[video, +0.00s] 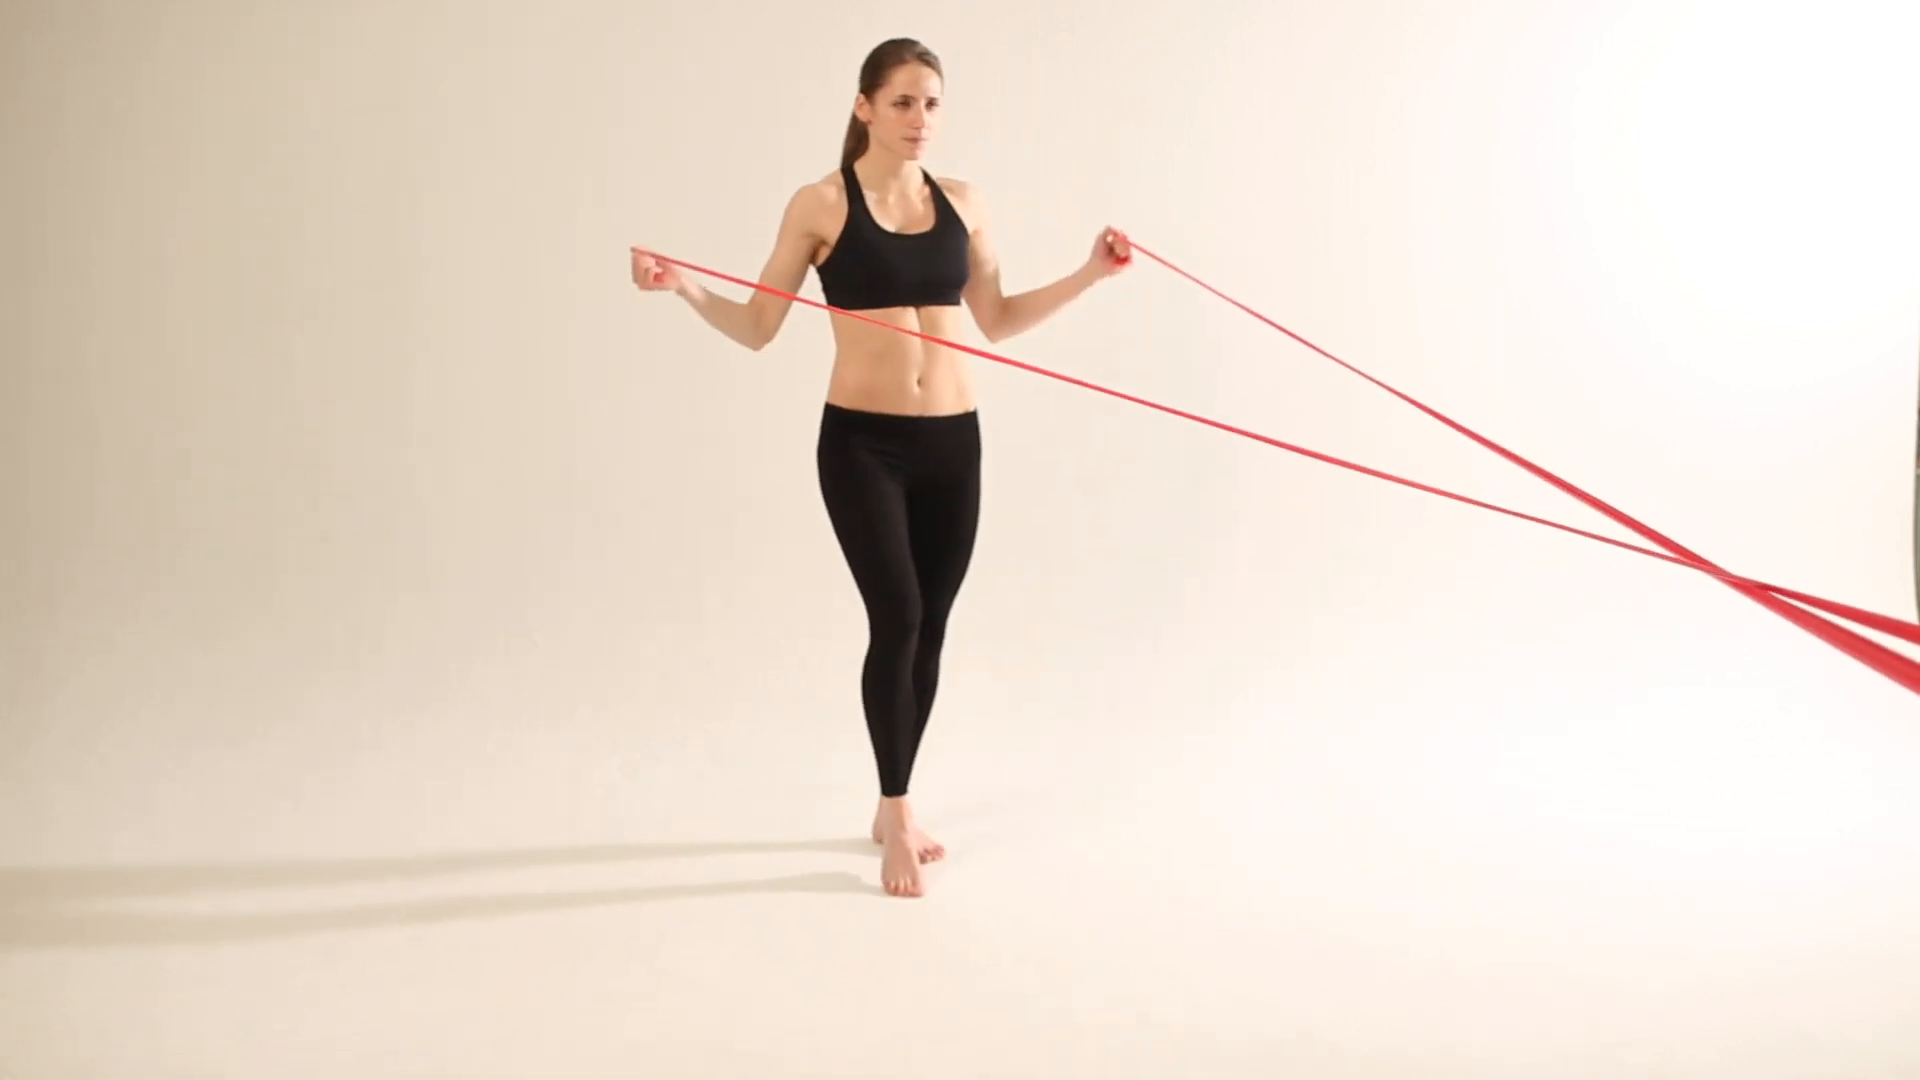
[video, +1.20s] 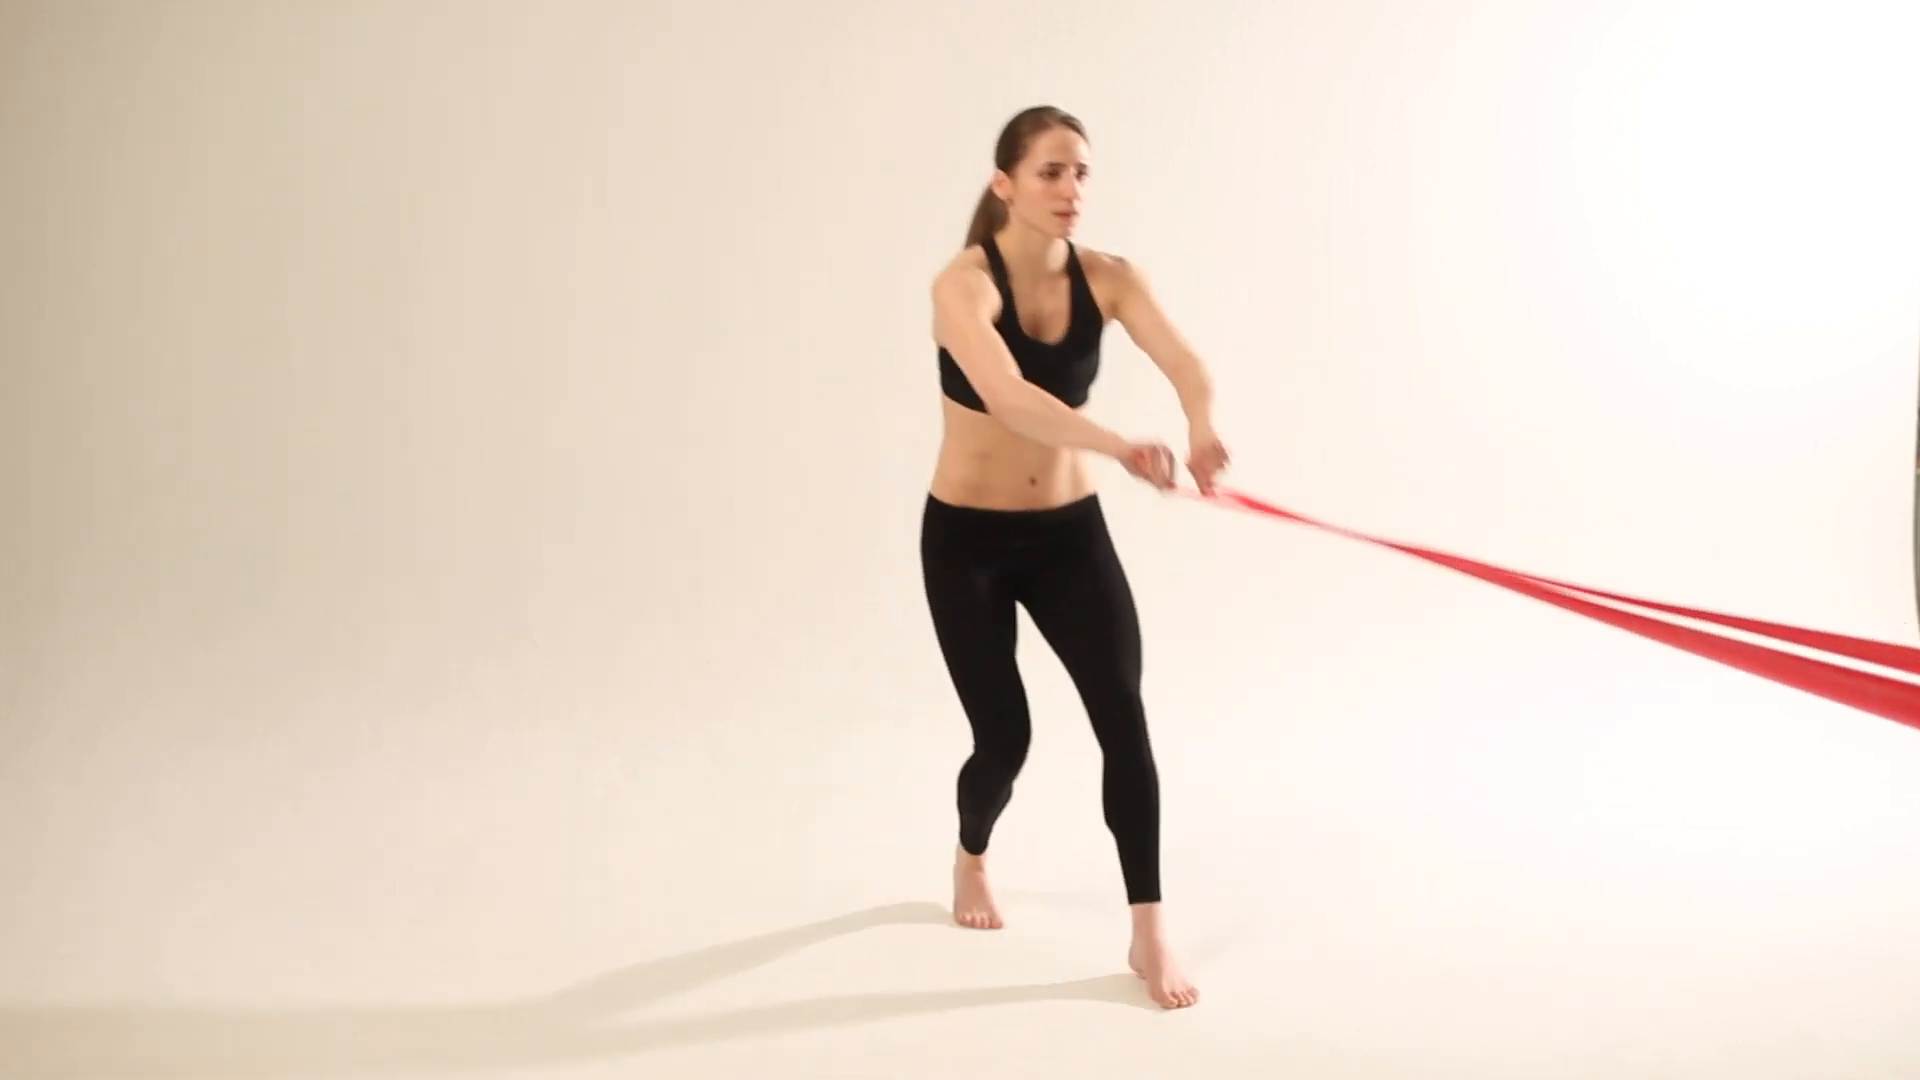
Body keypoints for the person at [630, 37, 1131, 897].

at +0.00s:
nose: (922, 118)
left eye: (931, 104)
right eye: (905, 102)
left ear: (942, 112)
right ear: (864, 107)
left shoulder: (961, 203)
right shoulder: (822, 204)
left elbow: (998, 320)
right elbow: (756, 328)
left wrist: (1092, 272)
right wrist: (686, 285)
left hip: (952, 444)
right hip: (862, 441)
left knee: (928, 629)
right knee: (896, 620)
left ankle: (895, 805)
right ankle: (896, 816)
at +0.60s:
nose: (940, 123)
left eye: (950, 109)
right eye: (922, 108)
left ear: (960, 120)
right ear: (881, 119)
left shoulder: (985, 210)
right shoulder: (846, 214)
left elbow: (1077, 307)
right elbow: (773, 336)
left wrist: (1121, 232)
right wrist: (770, 263)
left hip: (977, 462)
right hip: (886, 462)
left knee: (942, 654)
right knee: (926, 654)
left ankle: (895, 797)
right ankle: (958, 855)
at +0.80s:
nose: (970, 123)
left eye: (980, 109)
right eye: (953, 108)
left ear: (989, 120)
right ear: (911, 119)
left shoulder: (1013, 213)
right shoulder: (873, 216)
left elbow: (1110, 311)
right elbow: (820, 331)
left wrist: (1134, 248)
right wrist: (894, 263)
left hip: (998, 467)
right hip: (904, 469)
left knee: (1013, 666)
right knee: (941, 659)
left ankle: (929, 767)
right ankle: (966, 862)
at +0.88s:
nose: (987, 128)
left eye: (997, 113)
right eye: (969, 112)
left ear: (1006, 123)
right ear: (926, 123)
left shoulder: (1029, 218)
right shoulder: (888, 219)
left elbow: (1124, 311)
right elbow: (852, 328)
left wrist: (1136, 274)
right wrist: (946, 284)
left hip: (1008, 475)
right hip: (911, 478)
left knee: (1046, 667)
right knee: (951, 669)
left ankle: (976, 774)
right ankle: (963, 865)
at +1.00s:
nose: (1012, 144)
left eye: (1023, 129)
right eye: (995, 128)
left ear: (1032, 141)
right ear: (950, 137)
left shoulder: (1049, 235)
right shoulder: (909, 236)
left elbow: (1121, 300)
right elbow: (908, 340)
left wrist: (1146, 318)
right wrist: (1017, 332)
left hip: (1025, 491)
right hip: (925, 497)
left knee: (1077, 678)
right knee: (970, 686)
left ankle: (1068, 863)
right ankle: (969, 868)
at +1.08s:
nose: (1032, 161)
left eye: (1042, 146)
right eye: (1014, 145)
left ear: (1050, 157)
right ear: (968, 154)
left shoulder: (1067, 250)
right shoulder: (926, 252)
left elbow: (1155, 328)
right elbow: (944, 358)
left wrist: (1166, 358)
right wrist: (1057, 374)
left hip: (1041, 510)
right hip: (939, 515)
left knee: (1094, 699)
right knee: (983, 707)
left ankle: (1121, 898)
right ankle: (970, 868)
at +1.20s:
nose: (1071, 188)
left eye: (1080, 172)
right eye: (1052, 171)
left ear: (1087, 184)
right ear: (1004, 182)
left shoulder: (1106, 277)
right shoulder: (962, 285)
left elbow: (1184, 365)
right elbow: (1008, 396)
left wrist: (1202, 427)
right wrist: (1120, 446)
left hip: (1070, 536)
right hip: (966, 541)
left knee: (1125, 731)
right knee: (1003, 739)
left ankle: (1149, 931)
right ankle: (970, 857)